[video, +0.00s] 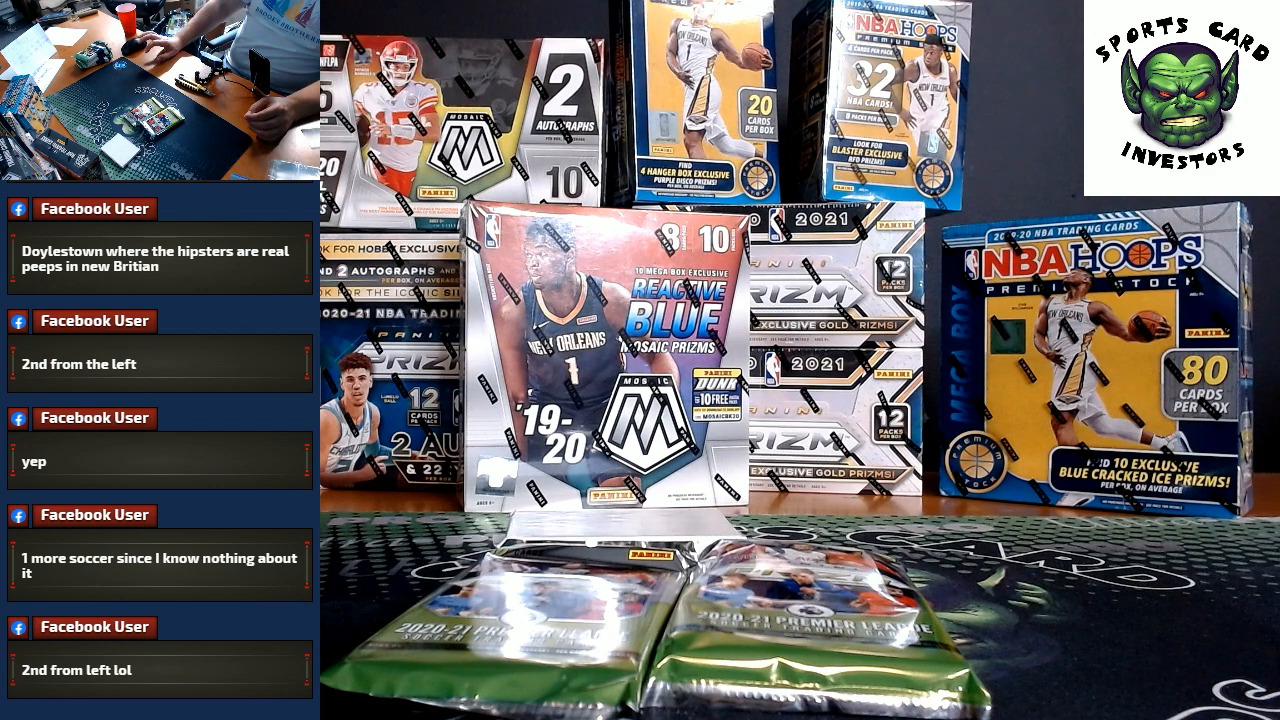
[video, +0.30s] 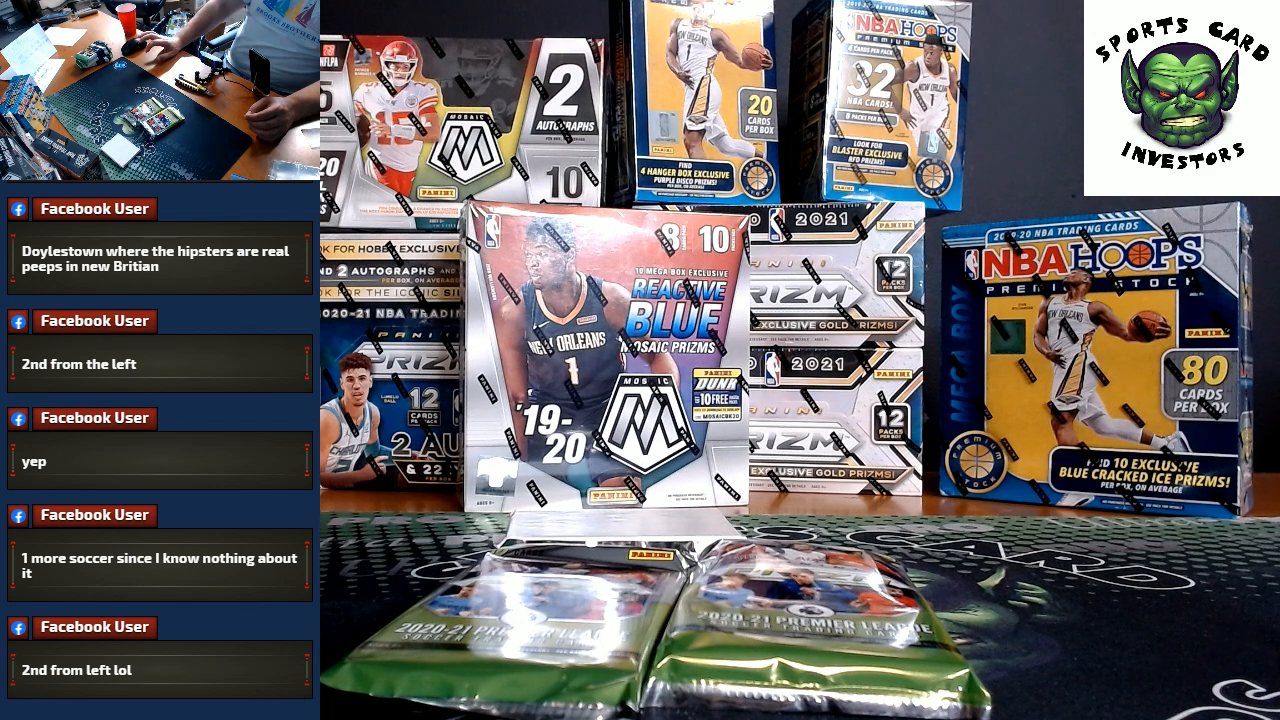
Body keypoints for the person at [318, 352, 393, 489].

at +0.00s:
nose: (356, 385)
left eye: (362, 378)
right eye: (350, 379)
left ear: (370, 382)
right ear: (341, 384)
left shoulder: (372, 413)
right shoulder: (325, 419)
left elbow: (373, 450)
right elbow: (316, 477)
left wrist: (406, 456)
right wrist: (360, 475)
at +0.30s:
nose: (356, 385)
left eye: (362, 378)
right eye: (350, 379)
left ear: (370, 382)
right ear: (341, 383)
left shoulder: (372, 413)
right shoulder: (325, 419)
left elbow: (373, 450)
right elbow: (316, 477)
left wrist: (406, 456)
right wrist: (360, 475)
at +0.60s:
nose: (356, 385)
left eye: (362, 378)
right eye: (350, 379)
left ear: (370, 382)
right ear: (341, 383)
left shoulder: (372, 413)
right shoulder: (325, 419)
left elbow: (373, 450)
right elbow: (317, 477)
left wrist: (406, 456)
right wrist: (360, 475)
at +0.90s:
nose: (356, 385)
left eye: (362, 378)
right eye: (350, 379)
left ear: (370, 382)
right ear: (341, 383)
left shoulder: (372, 413)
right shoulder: (325, 419)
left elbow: (373, 451)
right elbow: (316, 477)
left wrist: (406, 456)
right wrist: (360, 475)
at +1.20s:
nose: (356, 385)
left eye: (362, 378)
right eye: (350, 379)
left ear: (370, 382)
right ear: (341, 383)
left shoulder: (372, 413)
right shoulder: (325, 419)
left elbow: (373, 451)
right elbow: (316, 477)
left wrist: (406, 456)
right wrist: (360, 475)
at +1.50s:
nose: (356, 385)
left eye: (362, 378)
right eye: (350, 379)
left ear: (370, 382)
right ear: (341, 383)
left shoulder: (372, 413)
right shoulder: (325, 419)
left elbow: (373, 450)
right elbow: (316, 477)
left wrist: (406, 456)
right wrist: (360, 475)